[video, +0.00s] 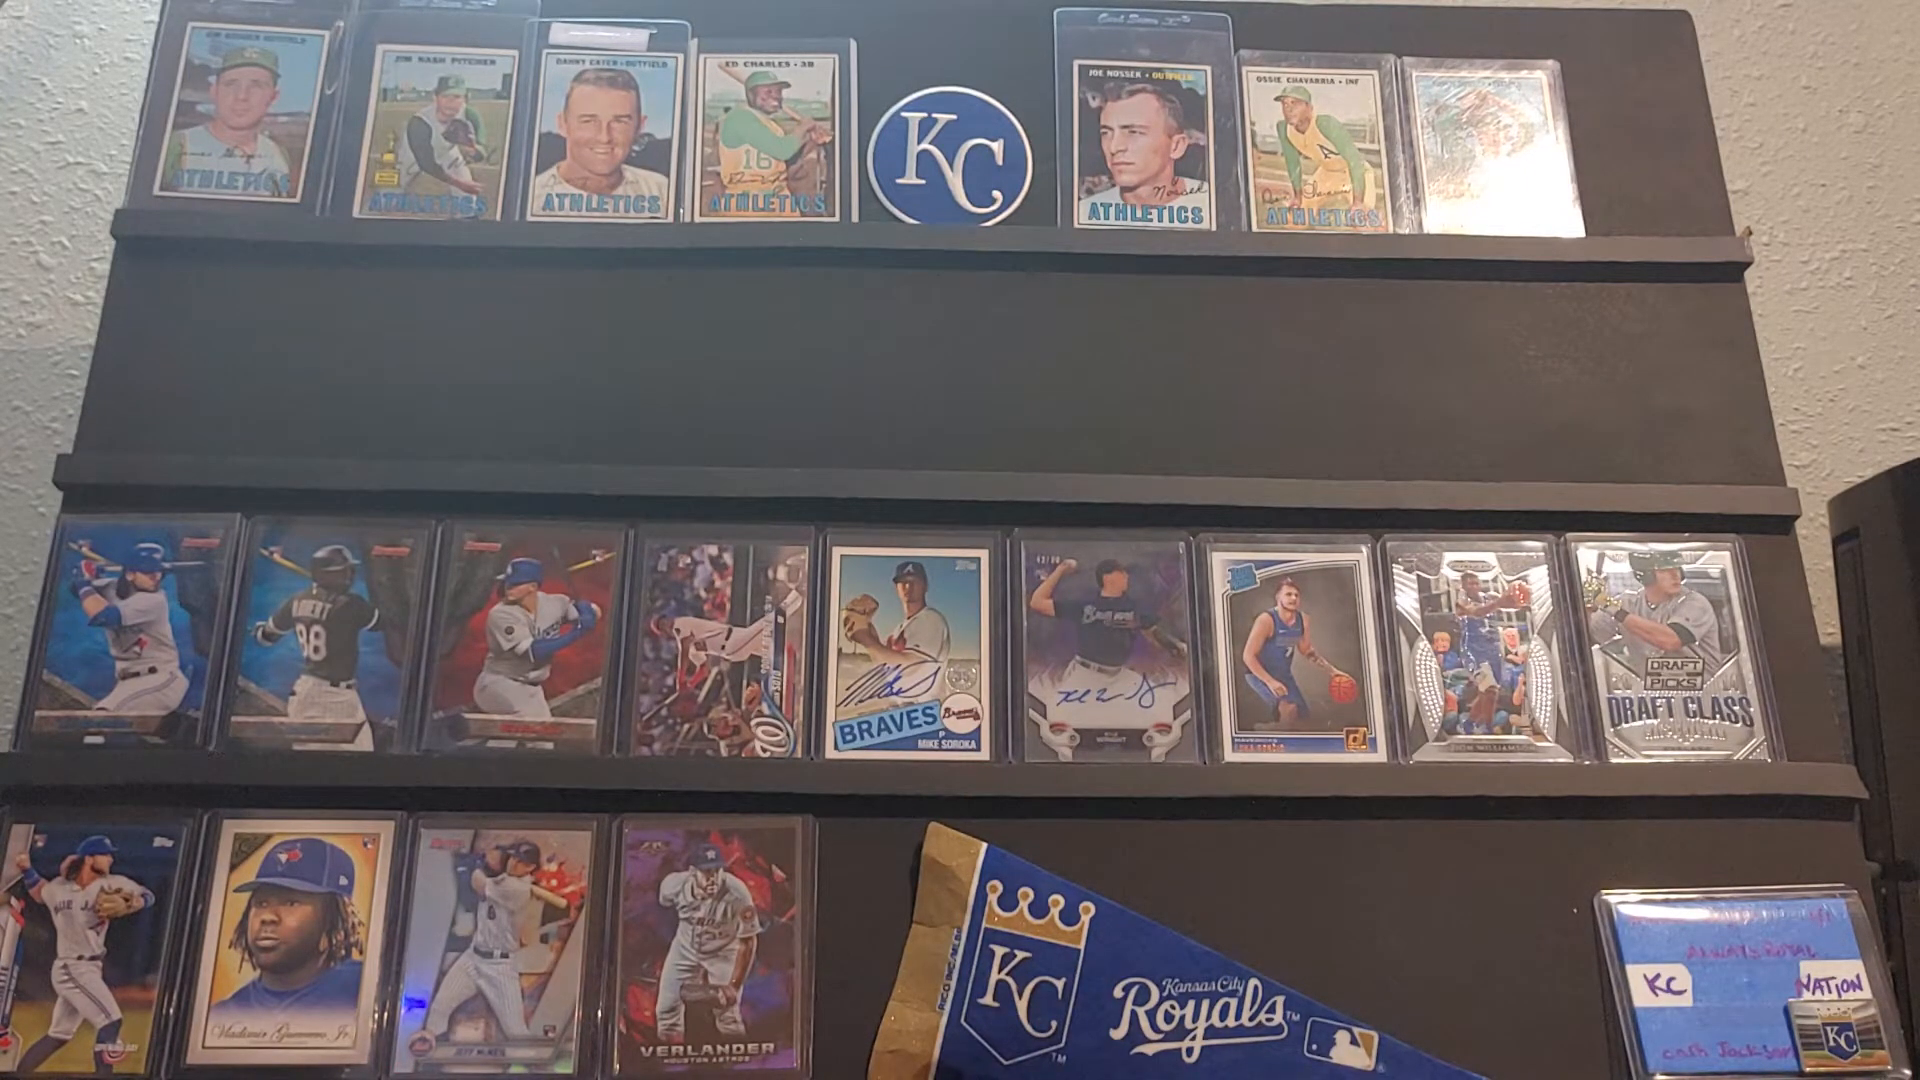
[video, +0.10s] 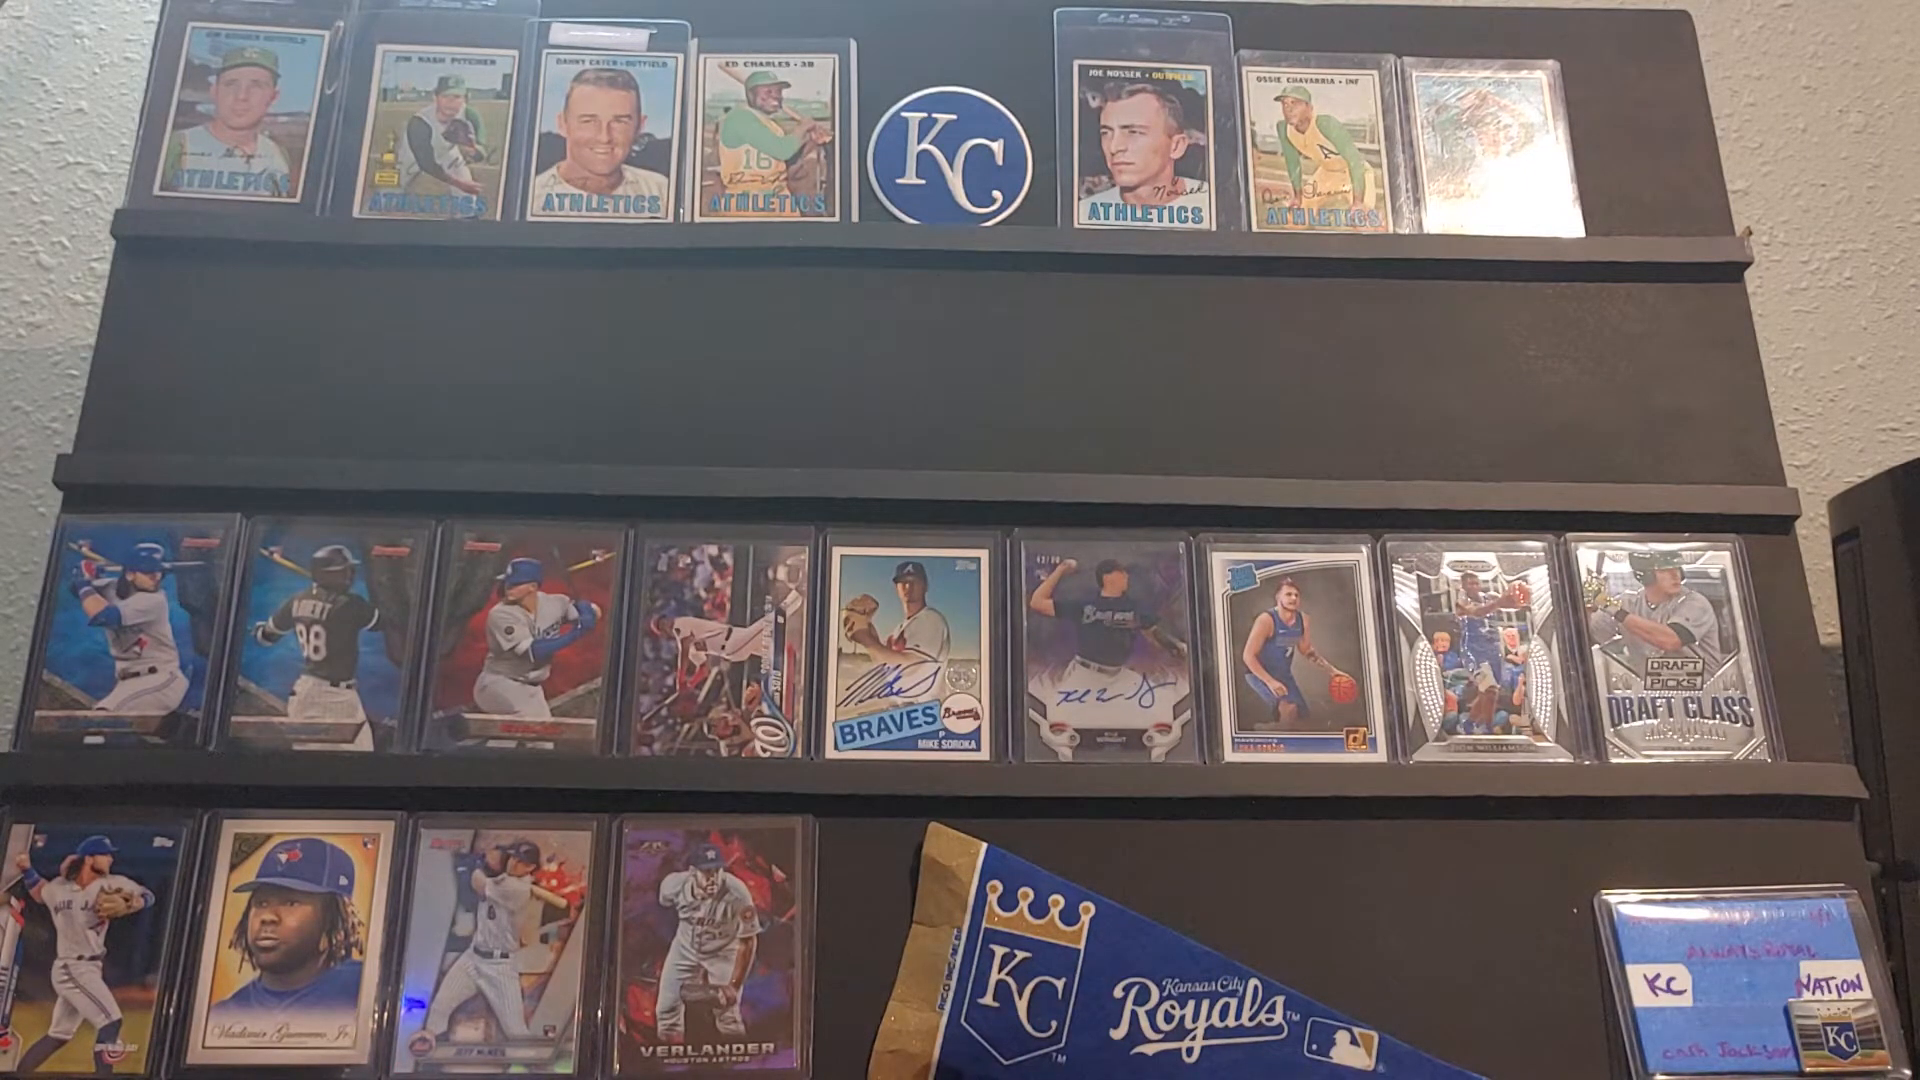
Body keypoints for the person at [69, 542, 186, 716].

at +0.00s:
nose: (156, 577)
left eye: (159, 572)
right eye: (148, 572)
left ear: (162, 572)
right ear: (130, 574)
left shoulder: (154, 600)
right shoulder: (113, 588)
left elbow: (104, 617)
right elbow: (79, 588)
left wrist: (82, 585)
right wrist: (88, 573)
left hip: (163, 679)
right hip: (129, 682)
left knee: (100, 717)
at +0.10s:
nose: (156, 577)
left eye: (159, 571)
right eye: (149, 572)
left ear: (162, 572)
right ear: (130, 574)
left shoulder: (154, 600)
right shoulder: (113, 587)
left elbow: (104, 616)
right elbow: (79, 588)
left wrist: (82, 585)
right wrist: (88, 572)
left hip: (163, 679)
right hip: (129, 682)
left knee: (100, 717)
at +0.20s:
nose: (156, 577)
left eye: (158, 571)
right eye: (149, 572)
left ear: (162, 572)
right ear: (130, 574)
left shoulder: (154, 600)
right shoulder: (113, 587)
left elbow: (104, 616)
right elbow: (79, 588)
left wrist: (82, 585)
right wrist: (88, 573)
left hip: (163, 679)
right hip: (129, 682)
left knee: (100, 717)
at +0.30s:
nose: (156, 576)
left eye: (158, 571)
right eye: (149, 572)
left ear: (162, 572)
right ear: (130, 574)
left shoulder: (154, 600)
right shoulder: (113, 587)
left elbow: (104, 616)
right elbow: (79, 588)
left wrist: (82, 585)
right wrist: (88, 574)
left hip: (163, 679)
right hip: (129, 682)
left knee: (100, 717)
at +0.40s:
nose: (156, 577)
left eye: (158, 571)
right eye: (148, 571)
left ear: (162, 572)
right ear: (130, 574)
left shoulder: (154, 600)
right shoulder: (113, 587)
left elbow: (104, 616)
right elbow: (79, 588)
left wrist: (82, 585)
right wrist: (88, 574)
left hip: (163, 679)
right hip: (129, 682)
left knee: (100, 717)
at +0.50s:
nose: (156, 576)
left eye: (158, 571)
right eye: (148, 571)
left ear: (162, 572)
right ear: (130, 574)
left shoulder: (154, 600)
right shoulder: (113, 587)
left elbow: (104, 617)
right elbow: (79, 588)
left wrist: (82, 585)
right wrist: (88, 574)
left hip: (163, 679)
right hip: (129, 682)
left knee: (100, 717)